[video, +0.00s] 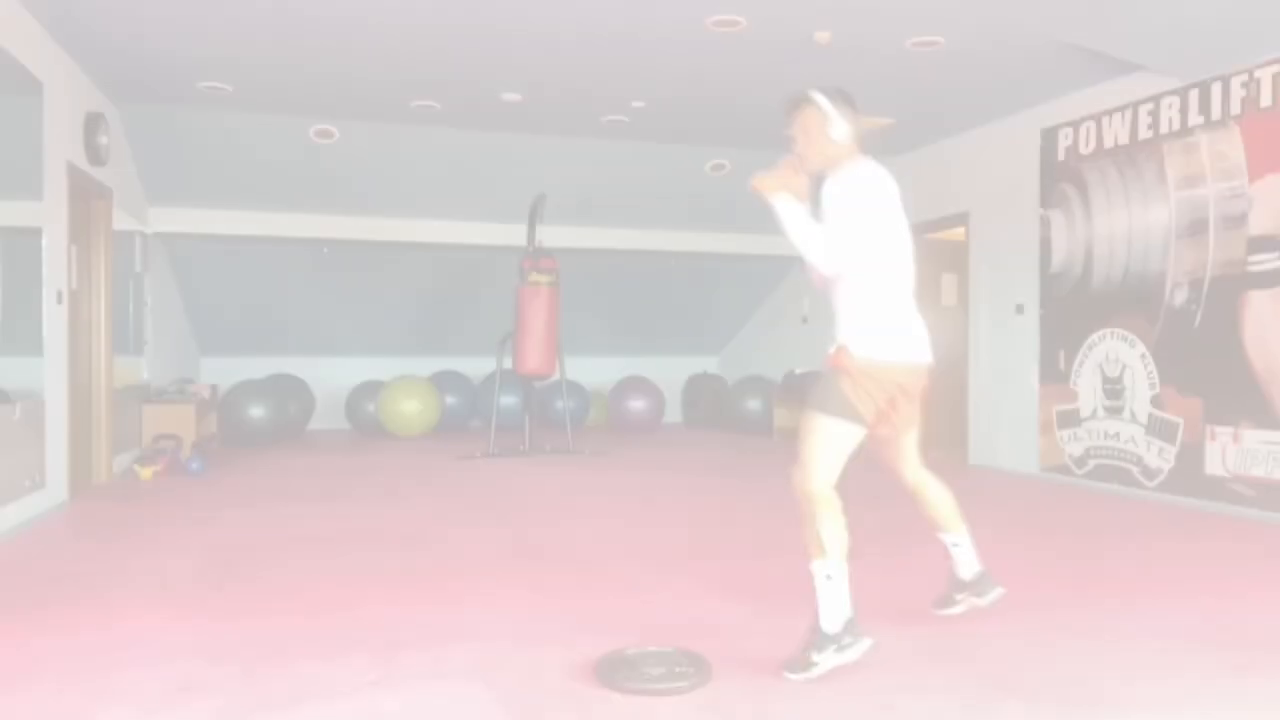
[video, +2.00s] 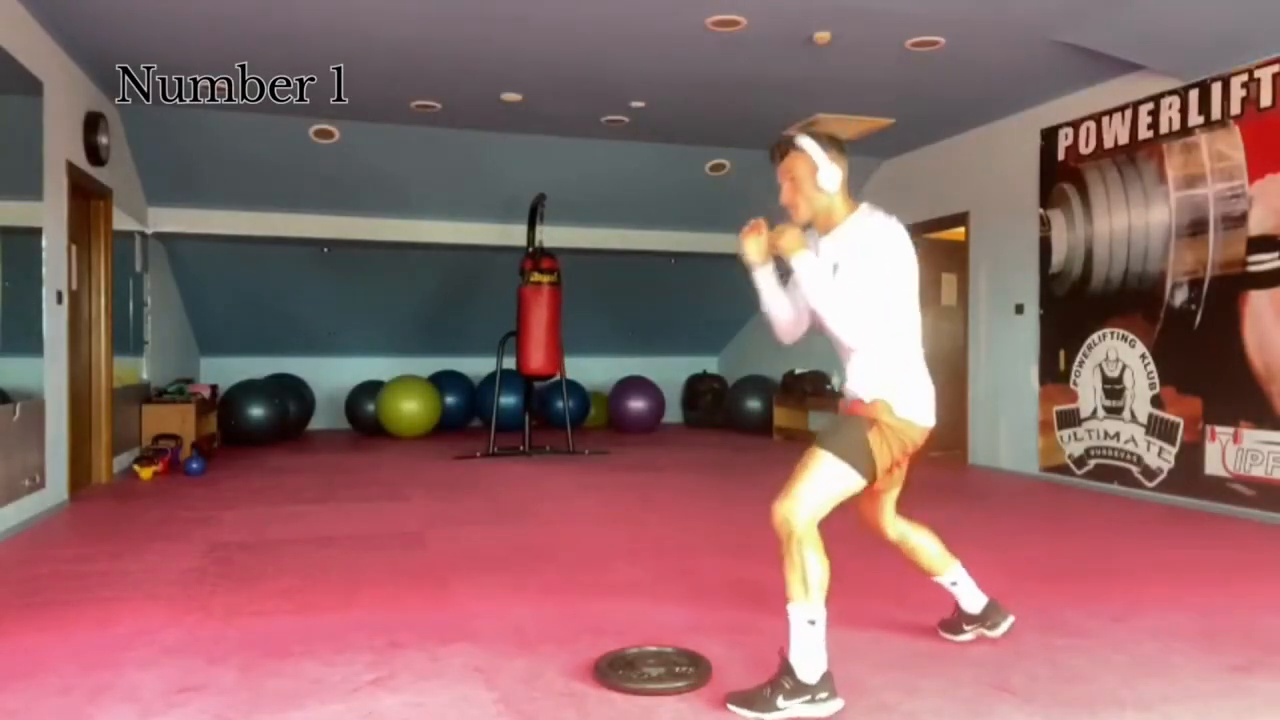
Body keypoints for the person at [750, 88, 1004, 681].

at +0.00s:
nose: (795, 146)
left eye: (801, 133)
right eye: (794, 134)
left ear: (830, 130)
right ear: (847, 131)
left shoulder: (845, 183)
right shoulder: (877, 180)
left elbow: (829, 262)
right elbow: (863, 264)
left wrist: (784, 201)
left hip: (866, 355)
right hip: (907, 353)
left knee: (813, 480)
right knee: (911, 467)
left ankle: (837, 627)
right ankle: (973, 576)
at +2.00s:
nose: (785, 195)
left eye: (793, 181)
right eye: (782, 183)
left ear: (830, 176)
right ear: (795, 184)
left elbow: (859, 332)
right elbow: (790, 327)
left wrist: (799, 258)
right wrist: (761, 266)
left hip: (896, 402)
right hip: (871, 400)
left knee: (793, 514)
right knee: (884, 519)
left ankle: (807, 676)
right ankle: (981, 609)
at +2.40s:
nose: (813, 225)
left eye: (815, 214)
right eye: (809, 216)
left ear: (840, 201)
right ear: (862, 196)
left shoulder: (874, 238)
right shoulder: (902, 237)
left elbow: (821, 312)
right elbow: (873, 337)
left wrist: (810, 235)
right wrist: (832, 258)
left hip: (922, 404)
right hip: (958, 406)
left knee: (822, 504)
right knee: (919, 504)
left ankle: (805, 661)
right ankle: (992, 617)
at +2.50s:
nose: (821, 183)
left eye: (825, 170)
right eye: (820, 171)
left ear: (852, 166)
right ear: (870, 165)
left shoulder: (888, 205)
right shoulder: (914, 204)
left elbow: (827, 266)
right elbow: (887, 311)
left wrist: (825, 196)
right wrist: (848, 226)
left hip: (935, 369)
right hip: (967, 371)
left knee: (842, 474)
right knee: (931, 479)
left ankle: (853, 629)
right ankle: (989, 596)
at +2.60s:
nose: (830, 175)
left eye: (833, 162)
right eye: (829, 163)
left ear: (862, 160)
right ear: (878, 159)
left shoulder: (900, 204)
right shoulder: (922, 201)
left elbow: (849, 270)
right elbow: (897, 301)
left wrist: (837, 199)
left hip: (946, 369)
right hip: (980, 371)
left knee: (851, 471)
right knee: (937, 478)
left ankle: (914, 612)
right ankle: (995, 595)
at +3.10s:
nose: (815, 157)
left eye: (822, 144)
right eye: (814, 145)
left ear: (852, 142)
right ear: (865, 143)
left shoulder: (871, 193)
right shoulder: (898, 188)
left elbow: (853, 276)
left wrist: (809, 212)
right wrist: (831, 210)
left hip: (901, 362)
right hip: (936, 362)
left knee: (826, 488)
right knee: (919, 474)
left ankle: (823, 647)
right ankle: (992, 583)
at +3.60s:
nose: (831, 170)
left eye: (837, 157)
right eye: (830, 158)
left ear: (868, 156)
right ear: (879, 158)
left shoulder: (884, 204)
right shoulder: (912, 200)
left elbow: (876, 288)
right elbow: (881, 294)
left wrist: (822, 230)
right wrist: (837, 227)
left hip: (923, 375)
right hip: (959, 375)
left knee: (830, 481)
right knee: (932, 486)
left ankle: (912, 609)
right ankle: (984, 599)